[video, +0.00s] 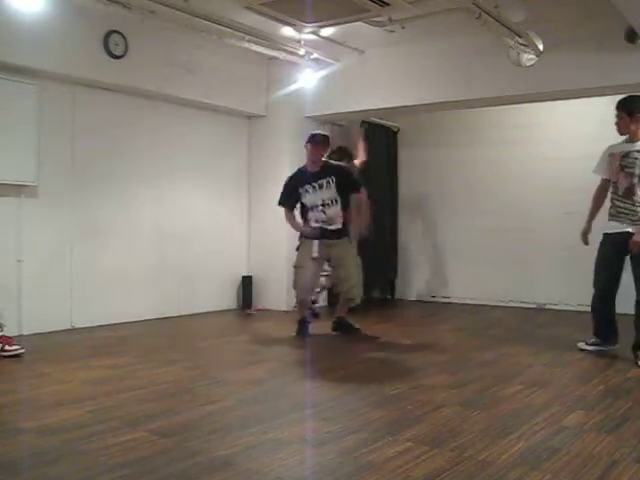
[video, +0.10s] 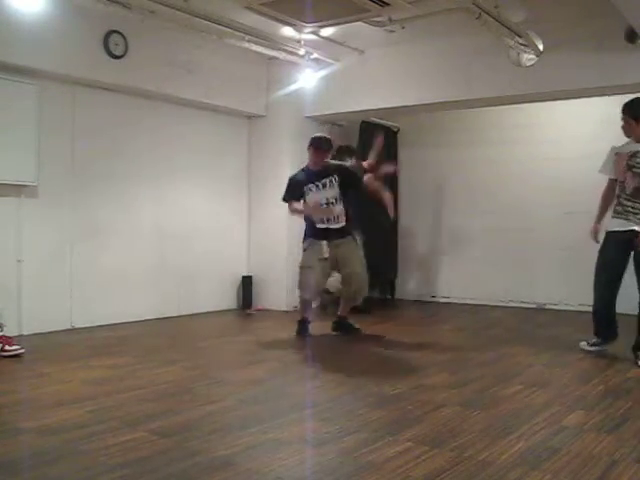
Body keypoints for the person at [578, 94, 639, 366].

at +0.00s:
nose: (616, 122)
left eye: (620, 117)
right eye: (616, 117)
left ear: (633, 118)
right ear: (629, 119)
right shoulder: (615, 150)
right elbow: (603, 188)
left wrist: (637, 233)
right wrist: (589, 222)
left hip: (635, 230)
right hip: (616, 229)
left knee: (638, 294)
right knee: (603, 286)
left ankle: (637, 347)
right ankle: (605, 338)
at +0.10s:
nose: (622, 126)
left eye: (625, 121)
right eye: (622, 120)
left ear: (636, 122)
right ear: (630, 122)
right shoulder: (621, 151)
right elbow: (611, 188)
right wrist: (598, 220)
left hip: (634, 228)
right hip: (619, 227)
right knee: (604, 281)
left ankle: (638, 347)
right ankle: (604, 335)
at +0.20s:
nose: (628, 126)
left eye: (632, 121)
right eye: (628, 120)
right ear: (630, 122)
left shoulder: (628, 151)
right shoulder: (623, 150)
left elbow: (617, 186)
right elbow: (615, 186)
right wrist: (606, 219)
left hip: (635, 228)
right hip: (622, 227)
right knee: (608, 283)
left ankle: (637, 348)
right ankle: (606, 338)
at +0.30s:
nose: (634, 122)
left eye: (635, 117)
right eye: (633, 117)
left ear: (638, 118)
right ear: (632, 118)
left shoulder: (627, 149)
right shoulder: (625, 148)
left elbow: (616, 186)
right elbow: (617, 186)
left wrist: (608, 219)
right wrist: (608, 220)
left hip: (632, 228)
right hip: (625, 227)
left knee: (618, 288)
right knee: (615, 288)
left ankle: (623, 346)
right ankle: (614, 345)